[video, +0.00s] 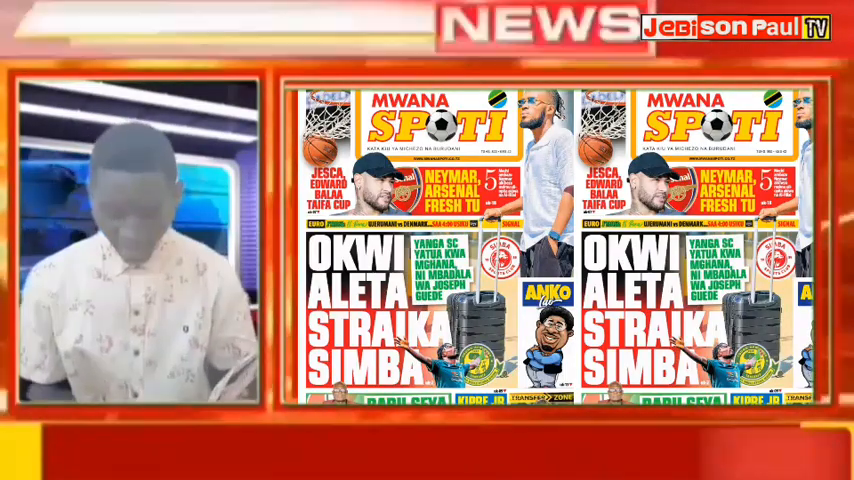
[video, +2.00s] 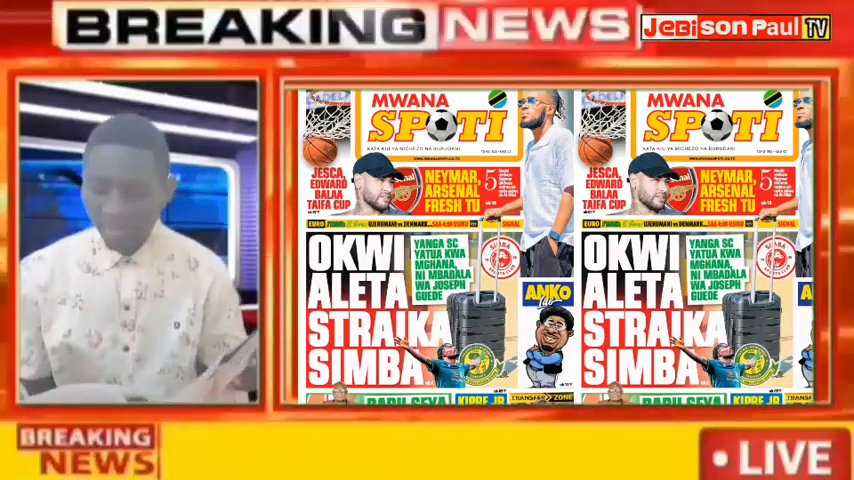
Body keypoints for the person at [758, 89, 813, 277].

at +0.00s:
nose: (799, 107)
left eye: (806, 101)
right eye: (797, 103)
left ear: (820, 107)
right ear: (794, 109)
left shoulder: (827, 148)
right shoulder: (806, 149)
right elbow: (804, 196)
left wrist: (833, 223)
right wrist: (777, 211)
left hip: (821, 240)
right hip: (804, 239)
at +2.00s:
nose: (799, 107)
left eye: (807, 101)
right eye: (797, 103)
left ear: (820, 107)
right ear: (794, 110)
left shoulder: (827, 148)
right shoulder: (806, 149)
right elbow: (804, 196)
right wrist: (777, 211)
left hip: (821, 240)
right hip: (804, 239)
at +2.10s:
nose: (799, 107)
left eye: (806, 101)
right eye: (797, 103)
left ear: (820, 107)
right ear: (794, 110)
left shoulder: (825, 148)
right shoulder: (806, 149)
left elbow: (830, 194)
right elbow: (805, 196)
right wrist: (776, 211)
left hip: (819, 240)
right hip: (804, 239)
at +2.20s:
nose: (799, 107)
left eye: (807, 101)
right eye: (797, 103)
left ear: (820, 107)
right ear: (794, 110)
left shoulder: (827, 148)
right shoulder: (806, 149)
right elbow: (804, 196)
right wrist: (777, 211)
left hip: (820, 240)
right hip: (804, 240)